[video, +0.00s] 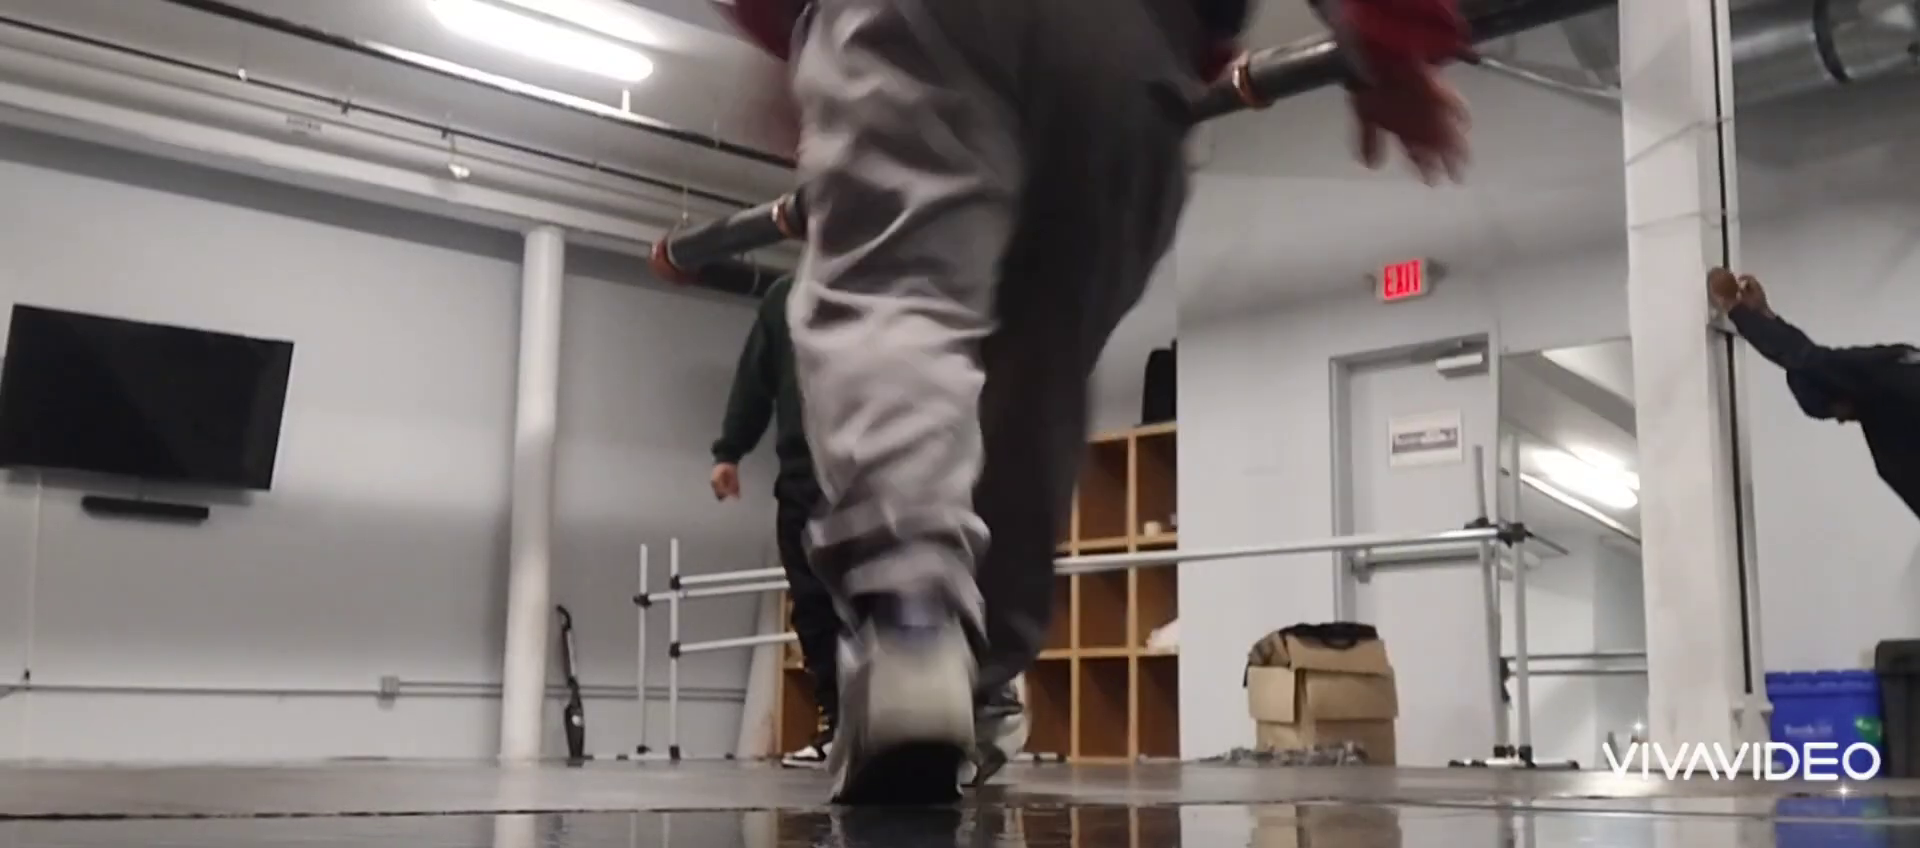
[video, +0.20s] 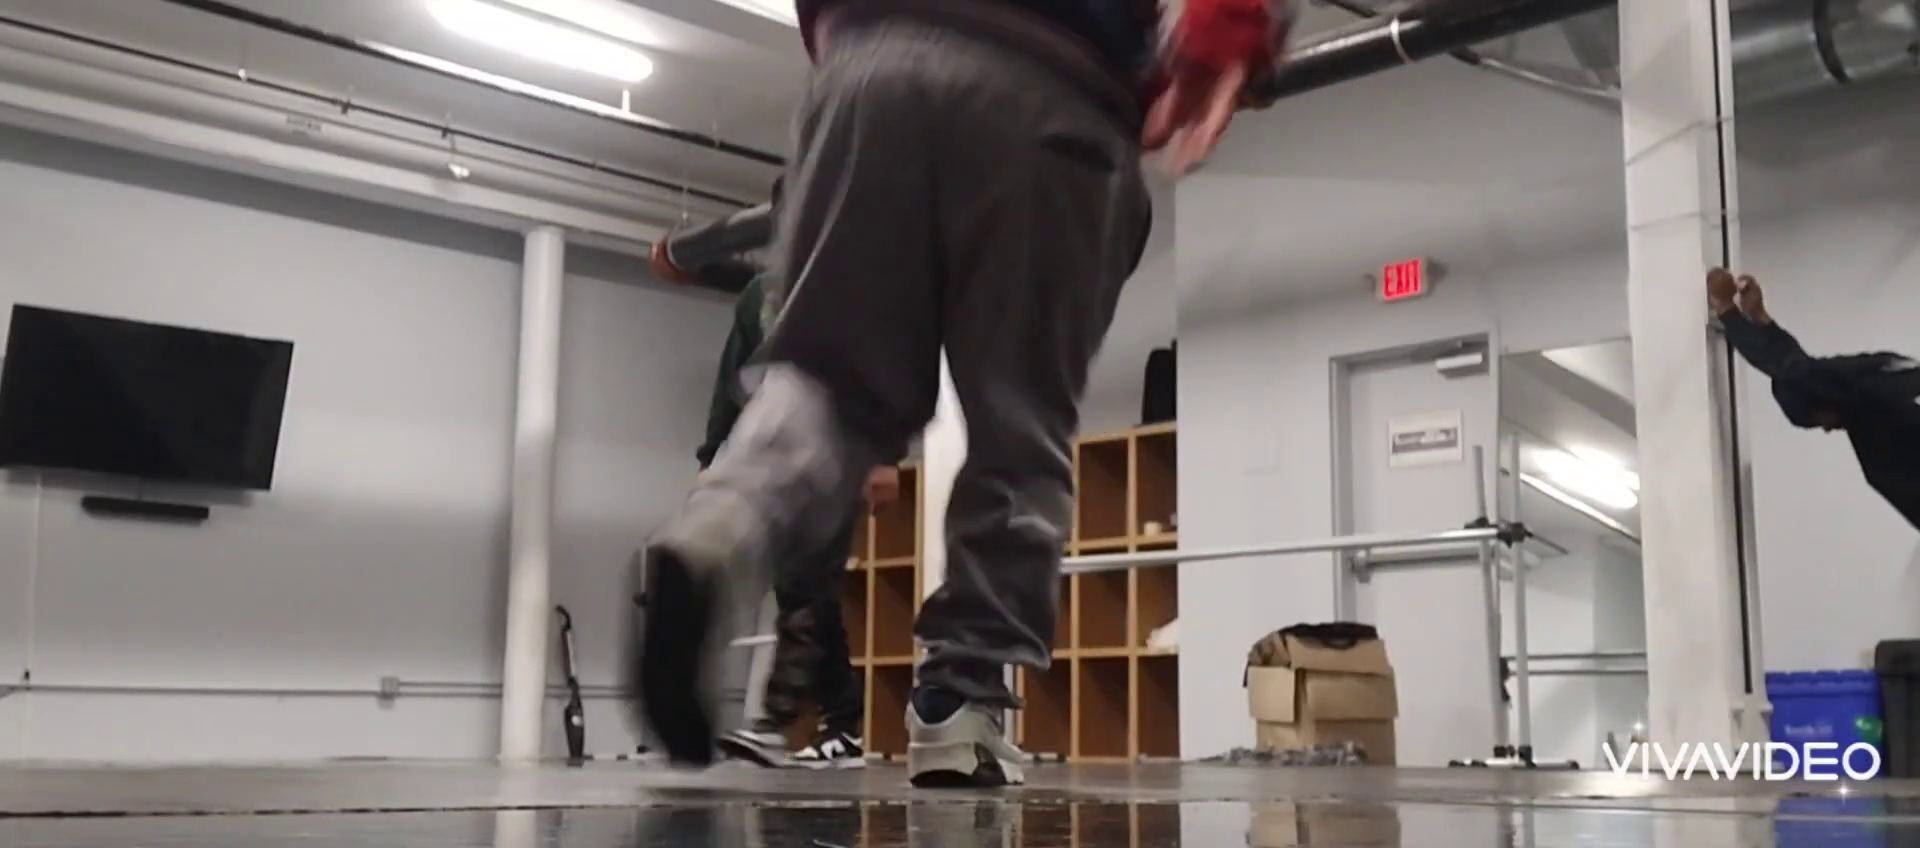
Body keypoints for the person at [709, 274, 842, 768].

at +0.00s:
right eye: (817, 228)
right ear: (808, 235)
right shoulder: (788, 298)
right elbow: (755, 378)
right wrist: (729, 452)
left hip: (876, 472)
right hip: (804, 475)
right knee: (811, 605)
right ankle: (834, 724)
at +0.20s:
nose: (790, 228)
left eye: (800, 216)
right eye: (783, 216)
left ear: (828, 224)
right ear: (776, 225)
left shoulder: (847, 291)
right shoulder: (762, 290)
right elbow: (734, 379)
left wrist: (886, 451)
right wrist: (716, 448)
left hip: (829, 449)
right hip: (766, 449)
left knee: (807, 589)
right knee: (810, 589)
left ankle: (775, 721)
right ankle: (842, 724)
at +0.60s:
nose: (747, 191)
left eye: (762, 184)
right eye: (741, 181)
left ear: (787, 200)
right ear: (729, 194)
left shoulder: (803, 270)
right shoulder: (714, 272)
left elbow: (821, 362)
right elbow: (690, 360)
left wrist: (807, 448)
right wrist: (663, 442)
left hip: (766, 454)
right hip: (711, 454)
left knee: (755, 594)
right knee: (718, 602)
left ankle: (731, 733)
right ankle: (810, 698)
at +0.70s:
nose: (730, 187)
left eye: (746, 180)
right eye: (725, 177)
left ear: (773, 196)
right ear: (714, 190)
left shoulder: (788, 268)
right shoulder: (700, 270)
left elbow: (796, 365)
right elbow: (676, 360)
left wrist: (772, 444)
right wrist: (645, 444)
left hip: (756, 452)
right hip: (698, 451)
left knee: (751, 588)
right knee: (679, 592)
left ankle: (734, 730)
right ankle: (770, 687)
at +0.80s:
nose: (712, 182)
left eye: (728, 175)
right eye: (706, 173)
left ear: (755, 189)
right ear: (695, 186)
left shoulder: (770, 259)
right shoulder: (684, 264)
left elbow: (773, 355)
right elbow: (661, 355)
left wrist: (739, 427)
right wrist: (632, 442)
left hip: (748, 450)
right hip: (680, 450)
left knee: (746, 591)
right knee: (648, 587)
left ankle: (730, 730)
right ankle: (701, 692)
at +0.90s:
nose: (693, 179)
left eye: (707, 171)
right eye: (686, 170)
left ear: (732, 188)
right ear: (673, 185)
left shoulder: (760, 259)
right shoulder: (664, 267)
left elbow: (763, 352)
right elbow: (641, 360)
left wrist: (715, 416)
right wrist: (625, 447)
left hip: (736, 459)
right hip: (664, 459)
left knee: (739, 596)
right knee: (629, 591)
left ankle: (731, 730)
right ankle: (624, 721)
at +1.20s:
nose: (638, 164)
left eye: (652, 157)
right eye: (627, 156)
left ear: (675, 175)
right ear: (612, 173)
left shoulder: (704, 248)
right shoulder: (589, 254)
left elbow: (729, 340)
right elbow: (563, 349)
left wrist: (727, 428)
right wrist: (547, 439)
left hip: (674, 444)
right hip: (595, 443)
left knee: (687, 589)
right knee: (577, 593)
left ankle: (719, 723)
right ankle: (575, 728)